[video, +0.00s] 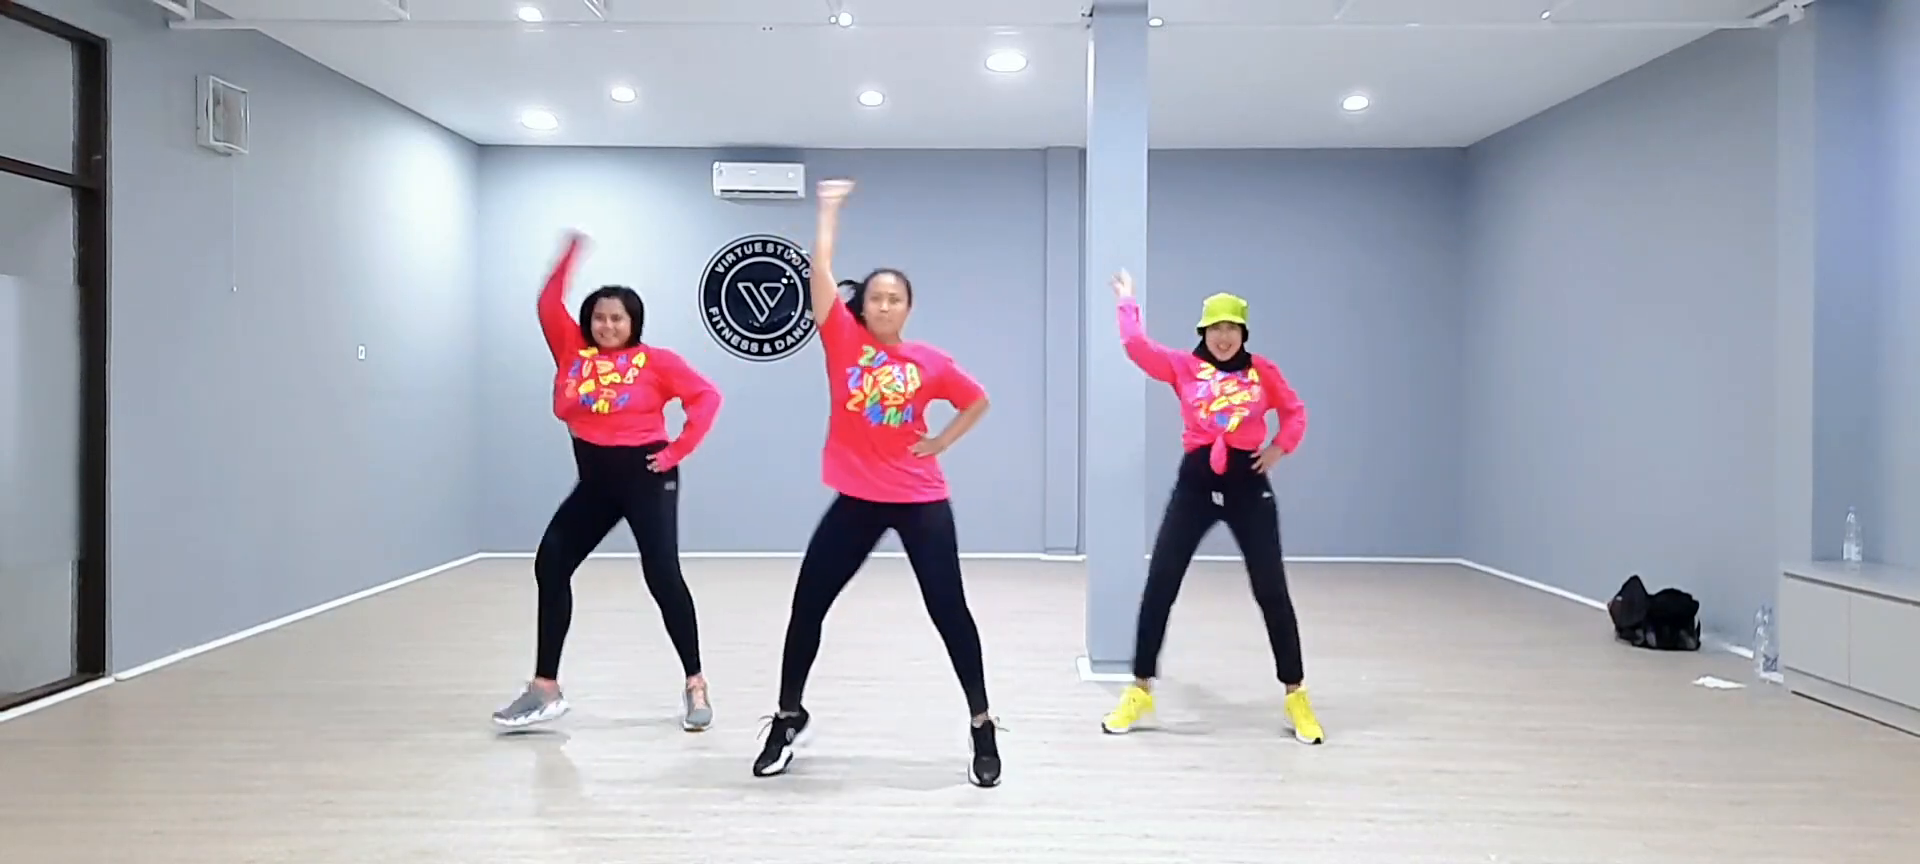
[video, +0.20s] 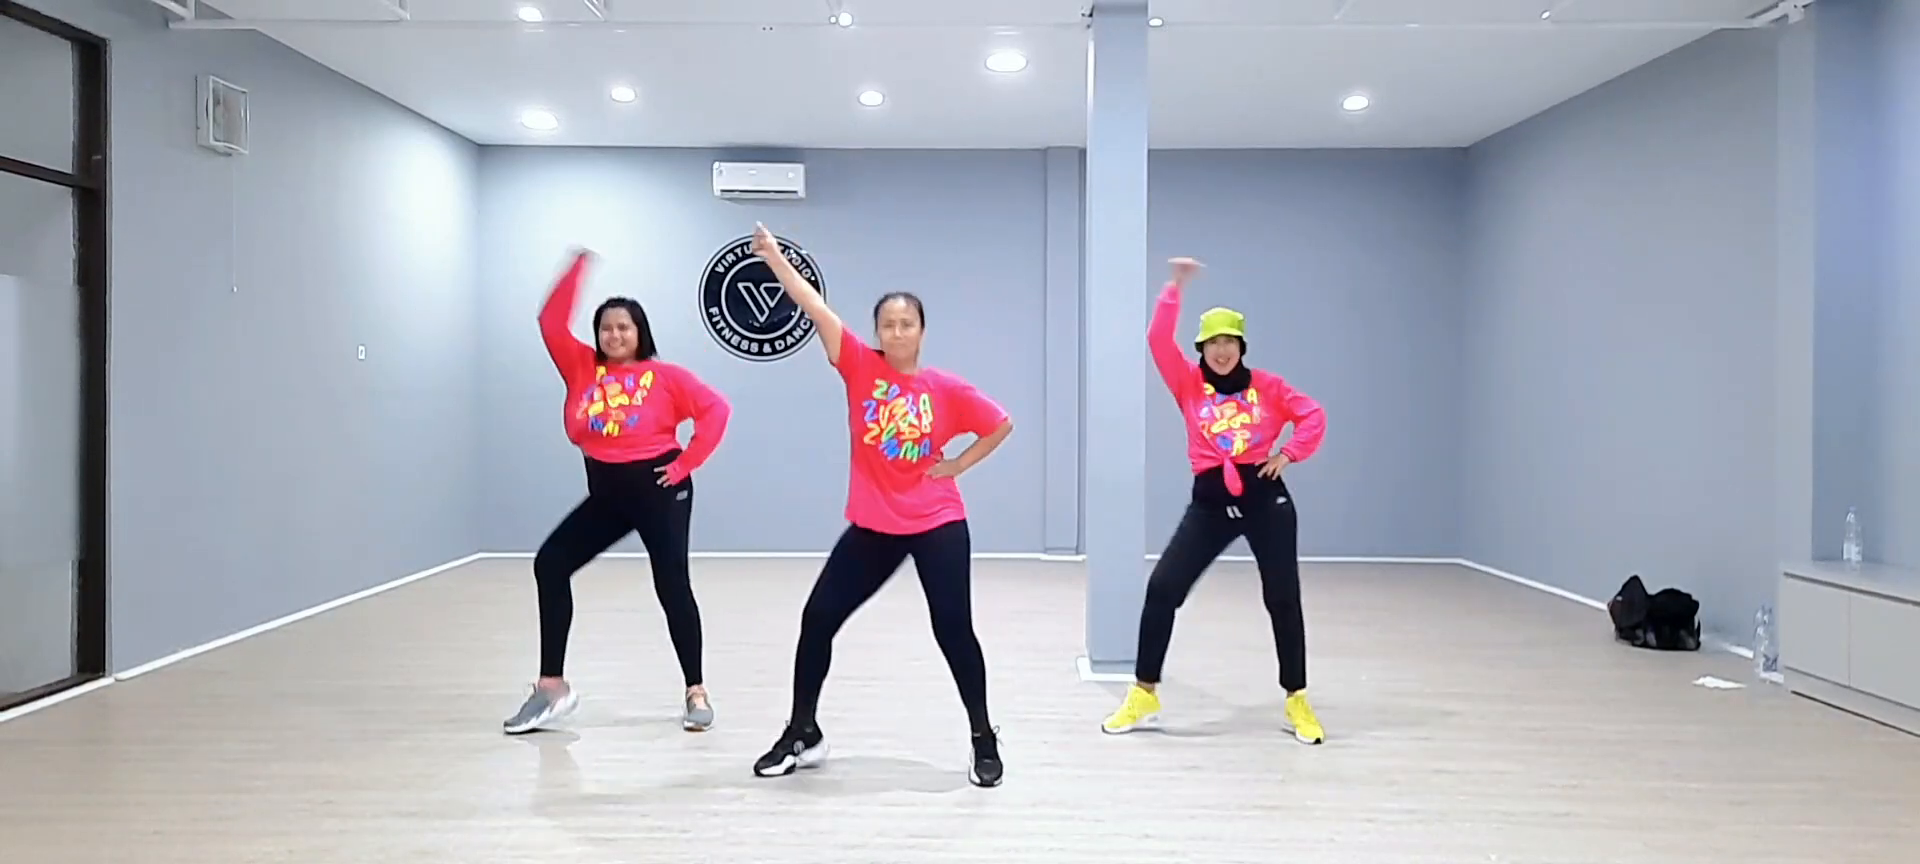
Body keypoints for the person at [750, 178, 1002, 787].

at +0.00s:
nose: (886, 306)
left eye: (896, 299)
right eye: (877, 298)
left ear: (909, 309)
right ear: (861, 306)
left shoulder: (927, 362)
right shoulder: (842, 342)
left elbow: (977, 401)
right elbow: (821, 274)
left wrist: (940, 443)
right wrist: (828, 210)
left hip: (920, 500)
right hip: (858, 499)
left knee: (948, 608)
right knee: (808, 600)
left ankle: (982, 723)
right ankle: (788, 715)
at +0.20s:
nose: (898, 332)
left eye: (907, 323)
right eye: (889, 324)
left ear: (922, 331)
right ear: (876, 332)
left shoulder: (944, 388)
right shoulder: (861, 367)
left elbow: (1000, 426)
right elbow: (815, 310)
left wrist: (955, 466)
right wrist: (775, 259)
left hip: (937, 523)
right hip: (874, 525)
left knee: (953, 629)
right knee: (817, 617)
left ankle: (983, 737)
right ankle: (802, 727)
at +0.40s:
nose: (865, 307)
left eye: (875, 299)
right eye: (858, 299)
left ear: (896, 306)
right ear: (848, 307)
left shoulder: (925, 355)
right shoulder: (841, 344)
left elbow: (976, 398)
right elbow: (820, 297)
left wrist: (937, 447)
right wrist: (823, 237)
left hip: (900, 493)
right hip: (838, 487)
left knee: (935, 609)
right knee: (807, 605)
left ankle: (981, 722)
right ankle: (780, 717)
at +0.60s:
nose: (850, 334)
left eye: (860, 327)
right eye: (843, 325)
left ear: (879, 332)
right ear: (831, 330)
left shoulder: (901, 389)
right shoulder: (819, 376)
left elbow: (951, 428)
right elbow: (806, 304)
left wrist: (919, 480)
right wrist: (857, 264)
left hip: (880, 529)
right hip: (815, 522)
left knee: (916, 636)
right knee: (791, 633)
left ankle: (975, 734)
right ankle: (780, 730)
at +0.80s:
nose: (877, 297)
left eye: (888, 290)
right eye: (869, 289)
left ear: (902, 297)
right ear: (853, 294)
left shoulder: (922, 347)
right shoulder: (834, 330)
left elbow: (968, 384)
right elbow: (808, 284)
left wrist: (970, 445)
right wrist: (817, 218)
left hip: (909, 485)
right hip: (843, 484)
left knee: (928, 597)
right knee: (831, 601)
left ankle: (943, 714)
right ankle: (832, 688)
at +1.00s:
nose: (906, 339)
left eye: (916, 330)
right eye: (897, 329)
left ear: (926, 334)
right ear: (878, 329)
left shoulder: (937, 390)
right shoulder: (853, 380)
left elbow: (958, 459)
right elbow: (852, 445)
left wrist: (987, 513)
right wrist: (897, 416)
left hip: (931, 529)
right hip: (868, 531)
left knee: (931, 643)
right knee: (873, 651)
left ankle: (925, 736)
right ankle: (867, 711)